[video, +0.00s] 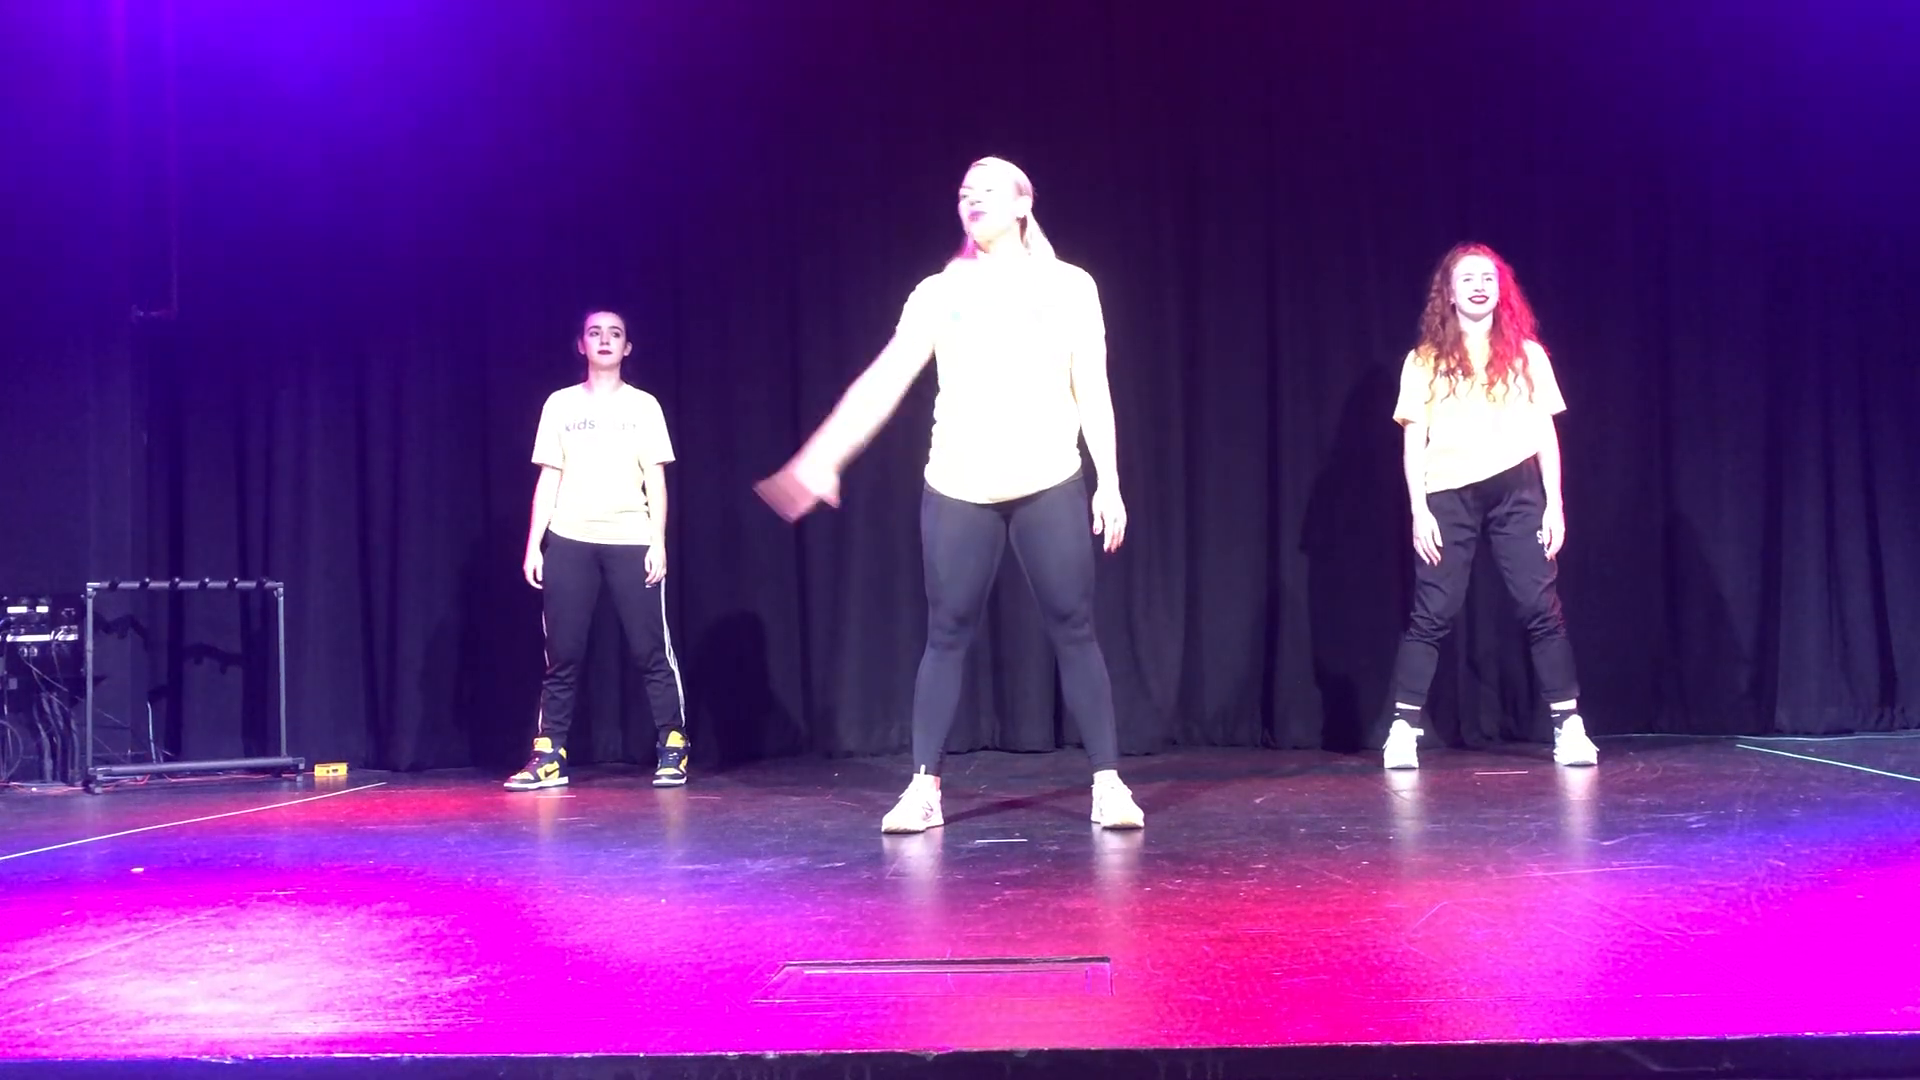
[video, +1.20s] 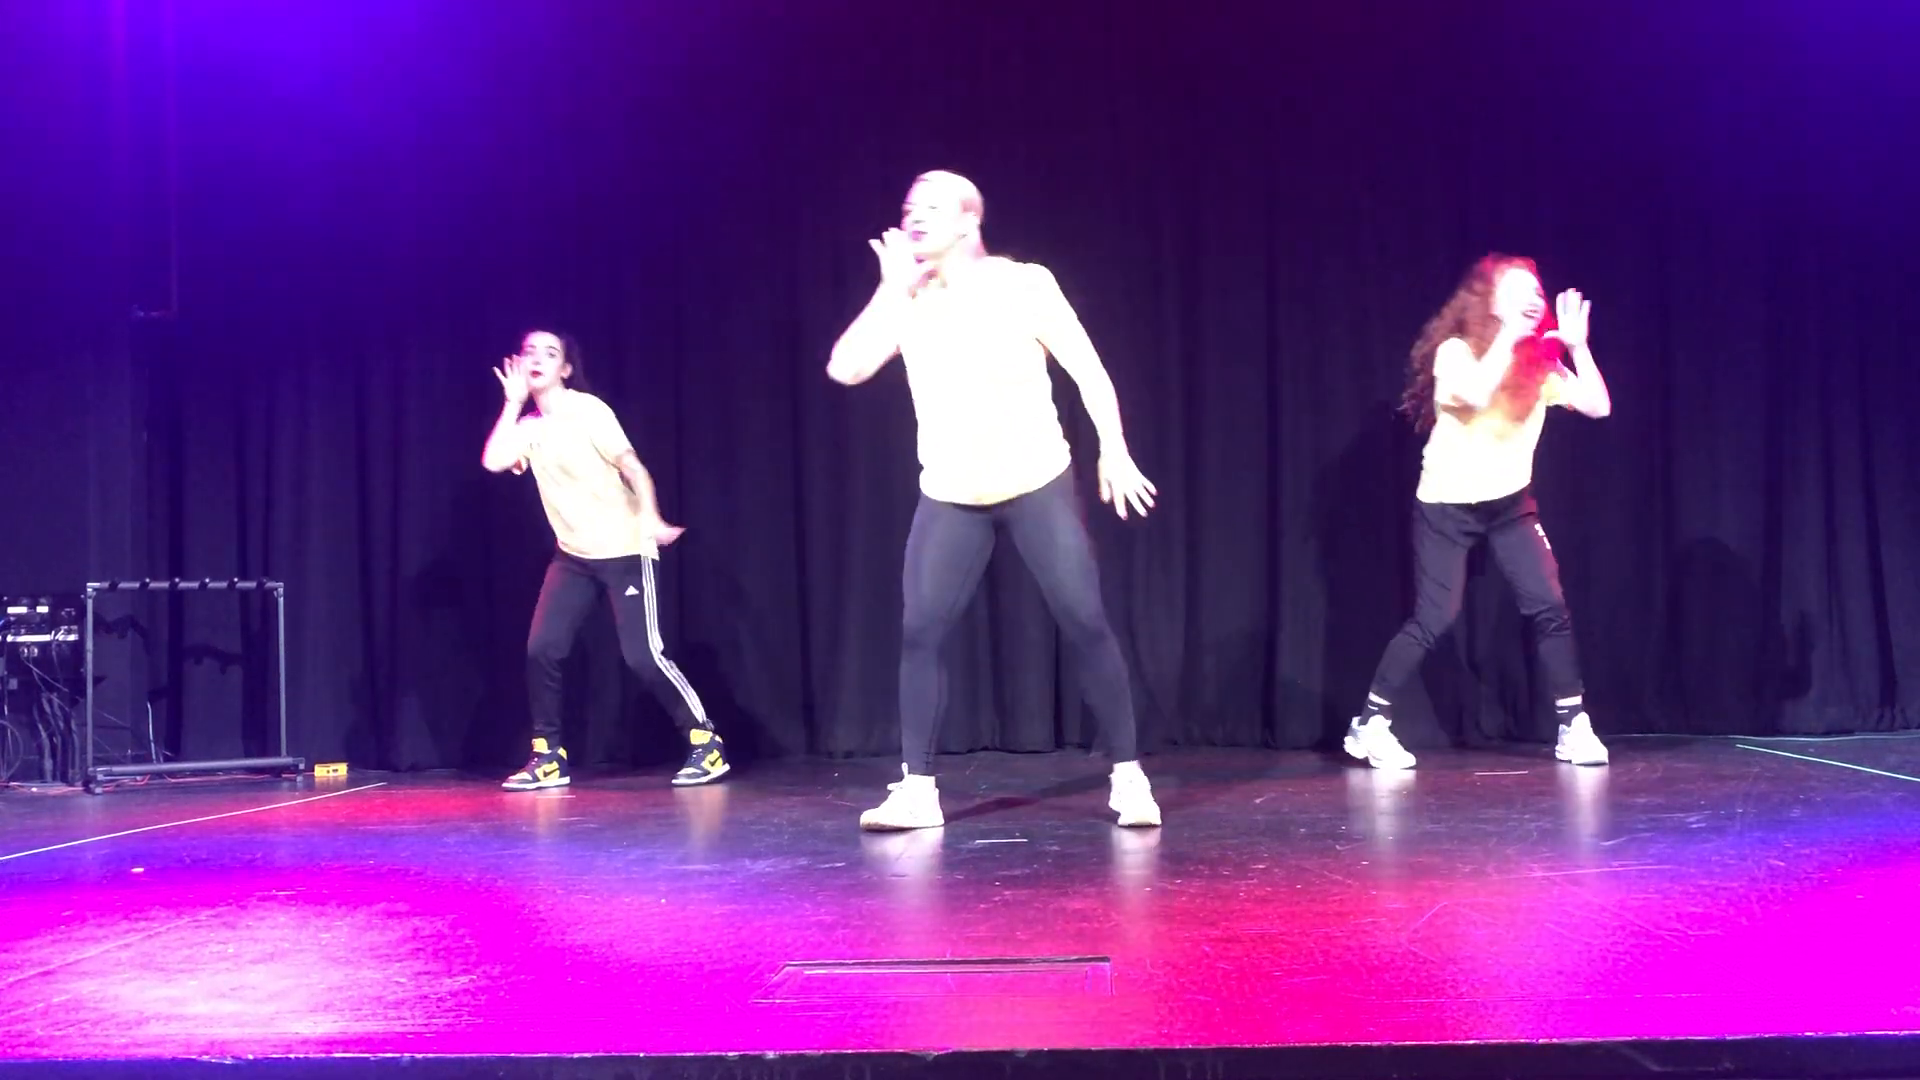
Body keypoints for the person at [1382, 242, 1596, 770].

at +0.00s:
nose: (1478, 287)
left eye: (1487, 279)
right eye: (1468, 279)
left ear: (1501, 289)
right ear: (1448, 289)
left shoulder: (1527, 353)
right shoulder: (1425, 359)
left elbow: (1546, 434)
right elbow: (1414, 442)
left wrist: (1554, 505)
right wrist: (1419, 510)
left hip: (1518, 493)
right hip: (1448, 498)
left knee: (1541, 608)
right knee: (1433, 611)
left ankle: (1568, 726)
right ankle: (1404, 728)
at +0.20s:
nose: (1468, 285)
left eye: (1478, 276)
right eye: (1458, 277)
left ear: (1497, 286)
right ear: (1442, 289)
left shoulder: (1526, 350)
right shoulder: (1423, 357)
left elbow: (1545, 430)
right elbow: (1412, 435)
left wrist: (1552, 500)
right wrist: (1399, 498)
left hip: (1514, 488)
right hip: (1442, 492)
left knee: (1535, 606)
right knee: (1429, 609)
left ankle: (1567, 724)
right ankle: (1405, 728)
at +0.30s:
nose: (1439, 290)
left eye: (1450, 279)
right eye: (1431, 284)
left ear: (1480, 285)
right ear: (1426, 297)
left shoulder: (1519, 347)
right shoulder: (1419, 359)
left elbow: (1542, 433)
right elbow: (1395, 432)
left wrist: (1545, 505)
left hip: (1508, 487)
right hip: (1439, 493)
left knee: (1537, 607)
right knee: (1426, 611)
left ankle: (1570, 724)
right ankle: (1403, 729)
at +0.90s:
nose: (1408, 335)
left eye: (1419, 324)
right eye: (1402, 326)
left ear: (1449, 331)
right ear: (1396, 335)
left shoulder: (1484, 381)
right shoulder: (1401, 394)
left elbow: (1523, 460)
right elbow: (1343, 436)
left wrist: (1544, 539)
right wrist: (1381, 376)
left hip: (1494, 527)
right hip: (1432, 533)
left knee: (1519, 635)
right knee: (1408, 623)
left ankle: (1610, 719)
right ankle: (1402, 732)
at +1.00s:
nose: (1446, 319)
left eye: (1456, 311)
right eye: (1437, 310)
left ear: (1477, 320)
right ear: (1419, 318)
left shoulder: (1505, 370)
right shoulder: (1411, 378)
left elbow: (1550, 426)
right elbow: (1367, 415)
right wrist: (1413, 356)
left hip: (1500, 517)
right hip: (1430, 523)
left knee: (1538, 621)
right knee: (1416, 622)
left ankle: (1592, 721)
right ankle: (1403, 731)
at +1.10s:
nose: (1499, 305)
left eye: (1505, 296)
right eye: (1487, 296)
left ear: (1514, 303)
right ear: (1457, 302)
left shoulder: (1525, 360)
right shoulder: (1429, 353)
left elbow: (1578, 412)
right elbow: (1417, 394)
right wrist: (1464, 340)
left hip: (1505, 505)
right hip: (1434, 509)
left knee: (1546, 609)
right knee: (1424, 616)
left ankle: (1574, 726)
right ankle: (1392, 728)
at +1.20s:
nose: (1533, 302)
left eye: (1536, 293)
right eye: (1519, 293)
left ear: (1539, 304)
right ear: (1486, 301)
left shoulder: (1540, 365)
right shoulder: (1455, 352)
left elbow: (1596, 405)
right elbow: (1475, 394)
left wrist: (1577, 345)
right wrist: (1512, 333)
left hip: (1511, 506)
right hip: (1446, 508)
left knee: (1549, 609)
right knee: (1434, 617)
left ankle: (1573, 729)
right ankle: (1369, 725)